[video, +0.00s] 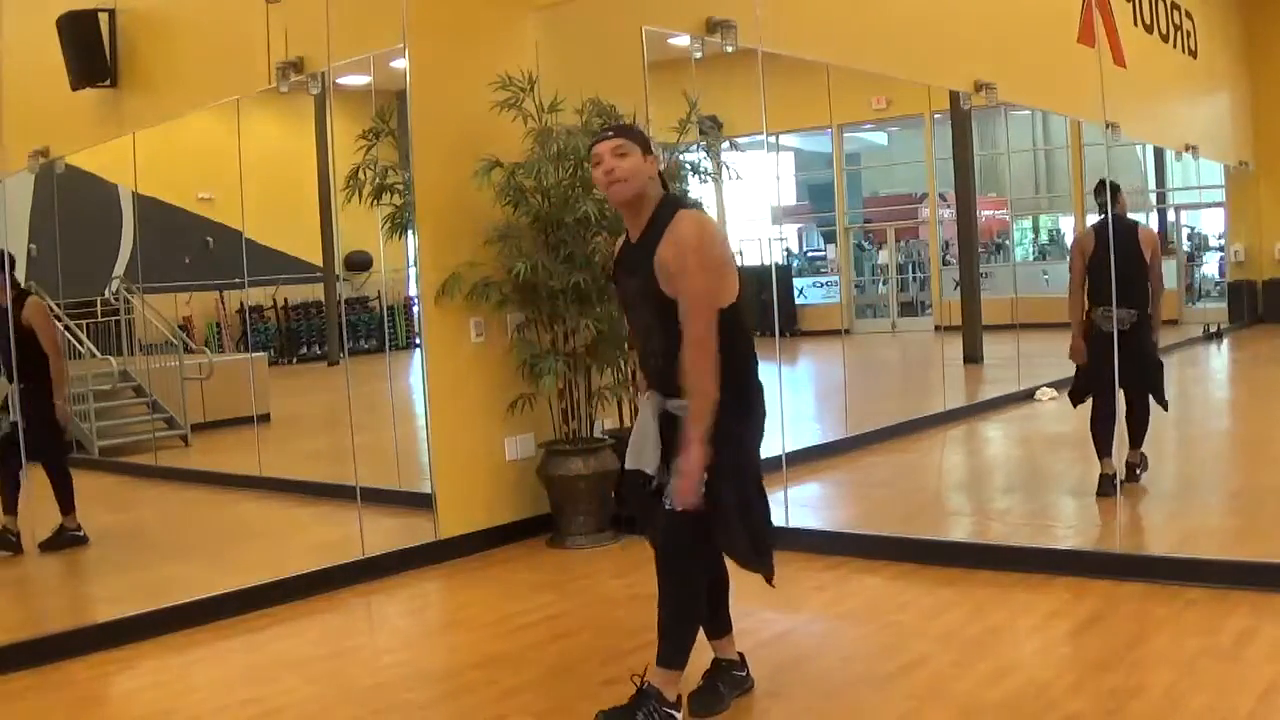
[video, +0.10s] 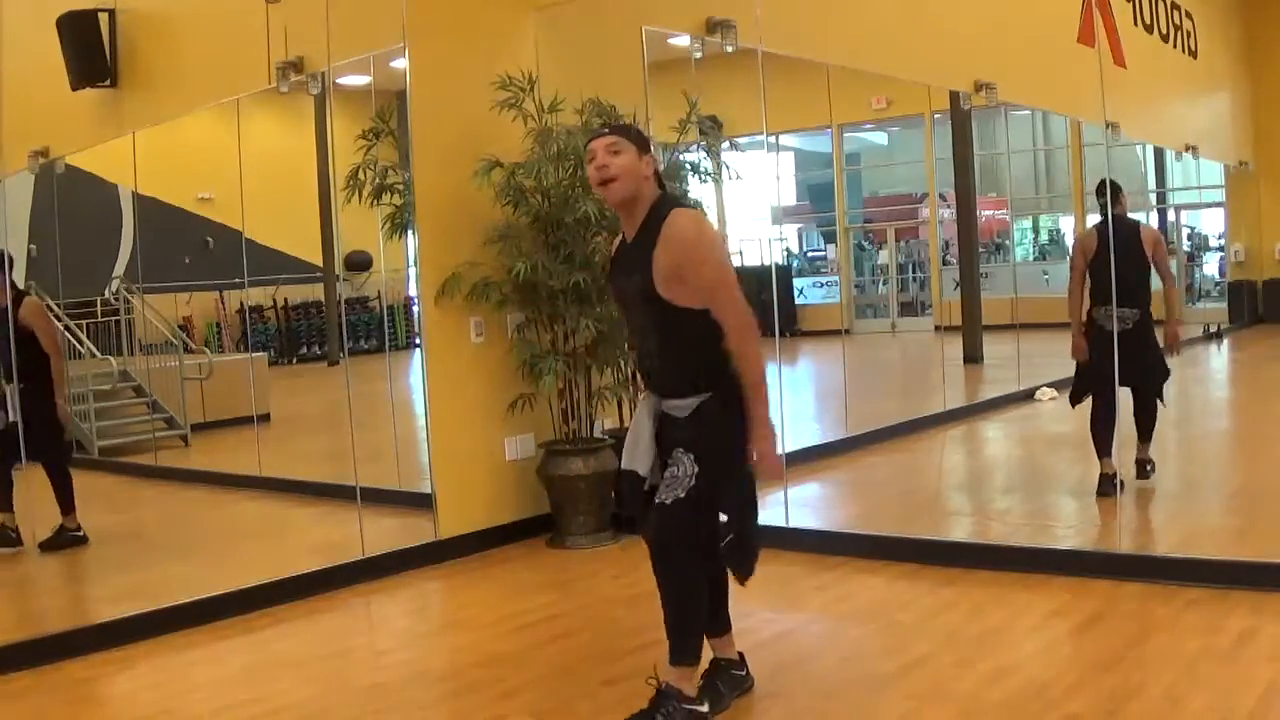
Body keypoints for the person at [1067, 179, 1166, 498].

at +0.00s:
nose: (1126, 201)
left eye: (1119, 197)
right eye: (1123, 197)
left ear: (1096, 205)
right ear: (1121, 200)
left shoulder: (1084, 239)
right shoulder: (1146, 236)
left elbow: (1076, 291)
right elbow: (1157, 286)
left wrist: (1076, 336)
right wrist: (1155, 328)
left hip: (1099, 333)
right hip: (1137, 332)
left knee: (1102, 400)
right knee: (1137, 396)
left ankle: (1107, 470)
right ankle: (1134, 459)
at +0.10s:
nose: (1123, 204)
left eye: (1117, 199)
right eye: (1123, 198)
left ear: (1097, 204)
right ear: (1123, 200)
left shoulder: (1085, 241)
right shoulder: (1149, 235)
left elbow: (1076, 289)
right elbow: (1168, 282)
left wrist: (1076, 332)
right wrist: (1172, 323)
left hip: (1100, 333)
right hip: (1139, 333)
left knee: (1102, 399)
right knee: (1145, 394)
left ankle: (1106, 471)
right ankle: (1143, 456)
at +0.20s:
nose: (1129, 203)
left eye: (1123, 199)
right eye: (1128, 198)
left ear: (1103, 204)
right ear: (1127, 200)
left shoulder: (1088, 239)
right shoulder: (1151, 233)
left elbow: (1079, 287)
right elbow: (1178, 271)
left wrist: (1078, 330)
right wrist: (1186, 314)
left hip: (1102, 333)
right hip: (1142, 333)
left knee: (1103, 399)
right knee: (1154, 393)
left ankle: (1107, 472)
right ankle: (1158, 457)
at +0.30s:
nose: (1138, 204)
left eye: (1130, 200)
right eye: (1137, 200)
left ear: (1109, 205)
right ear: (1134, 202)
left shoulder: (1095, 240)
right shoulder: (1158, 234)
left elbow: (1084, 287)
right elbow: (1184, 270)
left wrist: (1083, 329)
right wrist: (1194, 308)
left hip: (1107, 334)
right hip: (1147, 334)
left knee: (1105, 401)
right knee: (1162, 395)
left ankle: (1107, 474)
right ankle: (1174, 459)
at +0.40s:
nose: (1151, 205)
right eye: (1149, 200)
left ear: (1118, 205)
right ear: (1145, 202)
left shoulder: (1105, 238)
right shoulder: (1164, 233)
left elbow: (1094, 287)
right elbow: (1187, 271)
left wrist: (1093, 330)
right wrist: (1197, 310)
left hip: (1115, 335)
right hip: (1153, 335)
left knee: (1109, 403)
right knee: (1167, 398)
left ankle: (1107, 474)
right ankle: (1180, 462)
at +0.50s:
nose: (1166, 204)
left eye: (1163, 199)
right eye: (1163, 199)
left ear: (1134, 204)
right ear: (1156, 201)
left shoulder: (1117, 240)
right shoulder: (1176, 234)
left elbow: (1107, 290)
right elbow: (1194, 284)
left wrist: (1106, 335)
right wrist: (1199, 326)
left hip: (1125, 336)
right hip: (1163, 335)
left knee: (1114, 402)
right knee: (1176, 397)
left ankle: (1107, 468)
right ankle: (1182, 462)